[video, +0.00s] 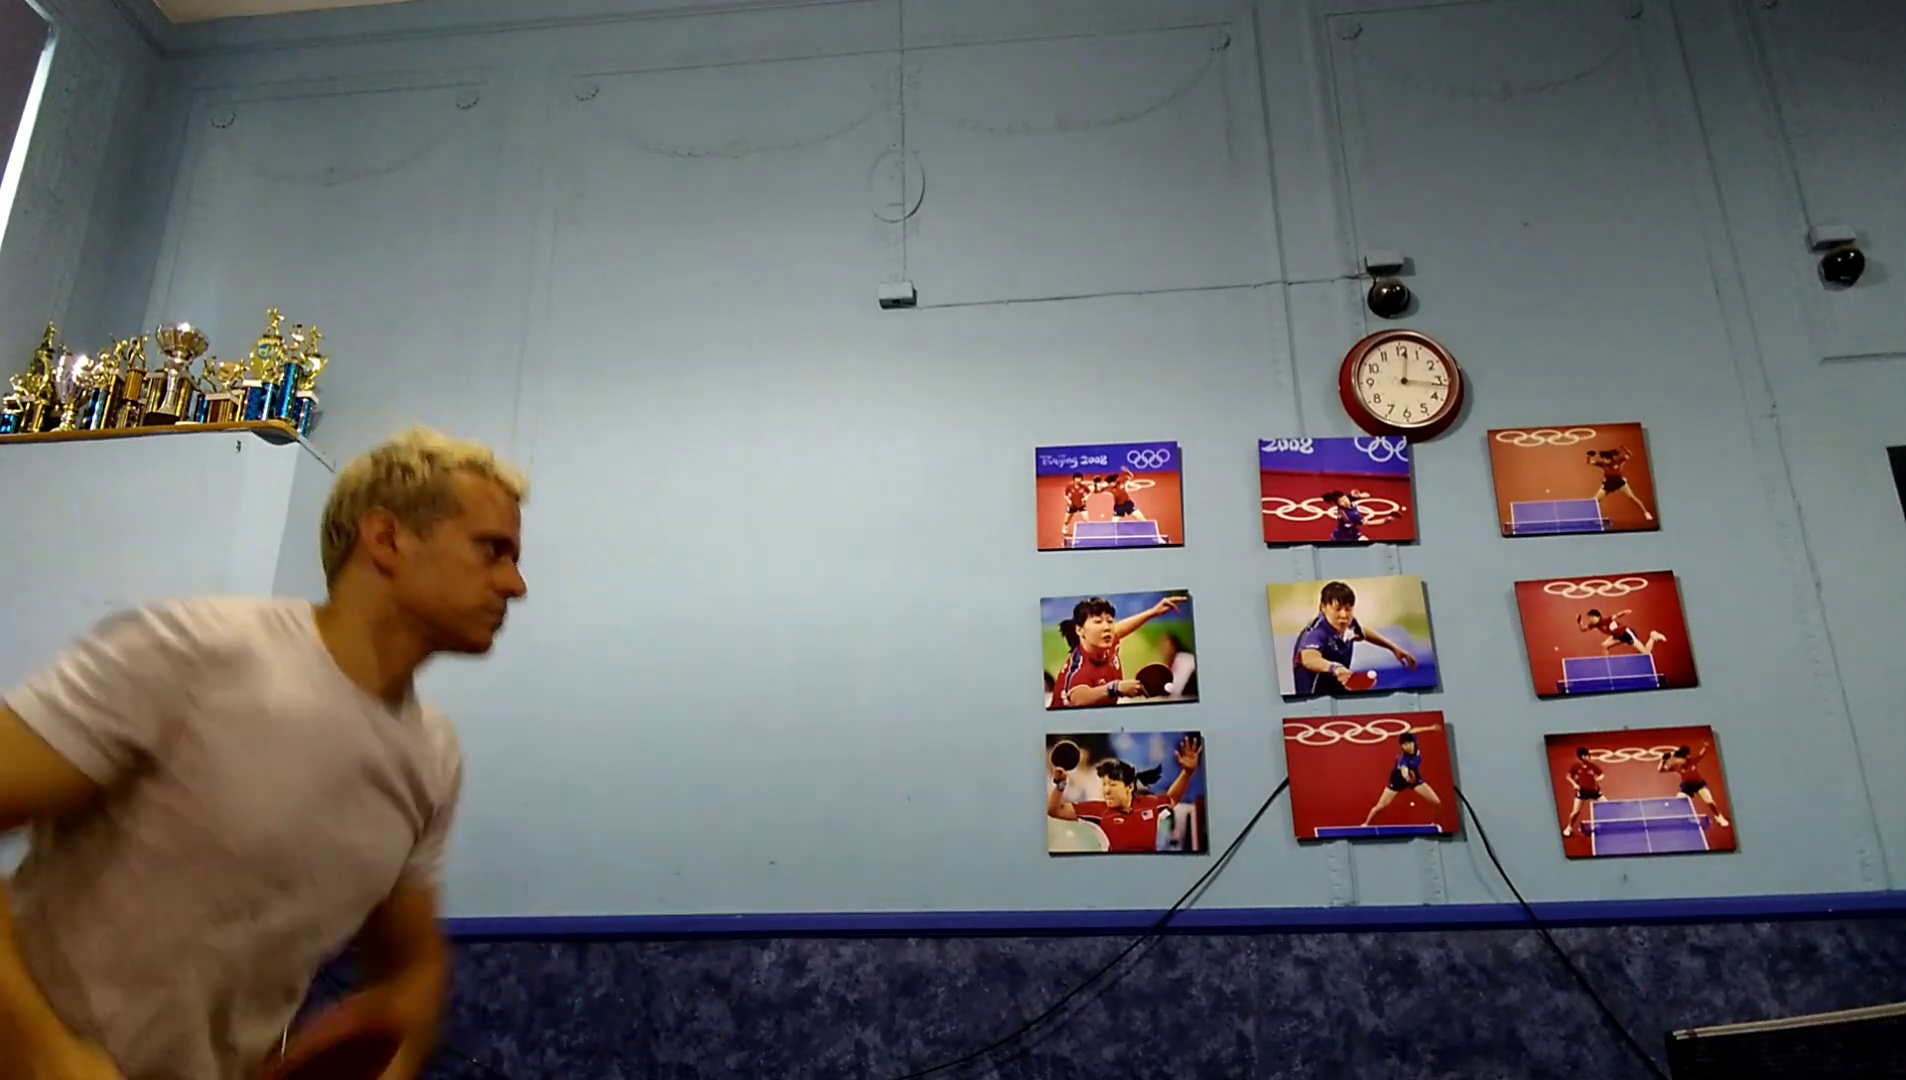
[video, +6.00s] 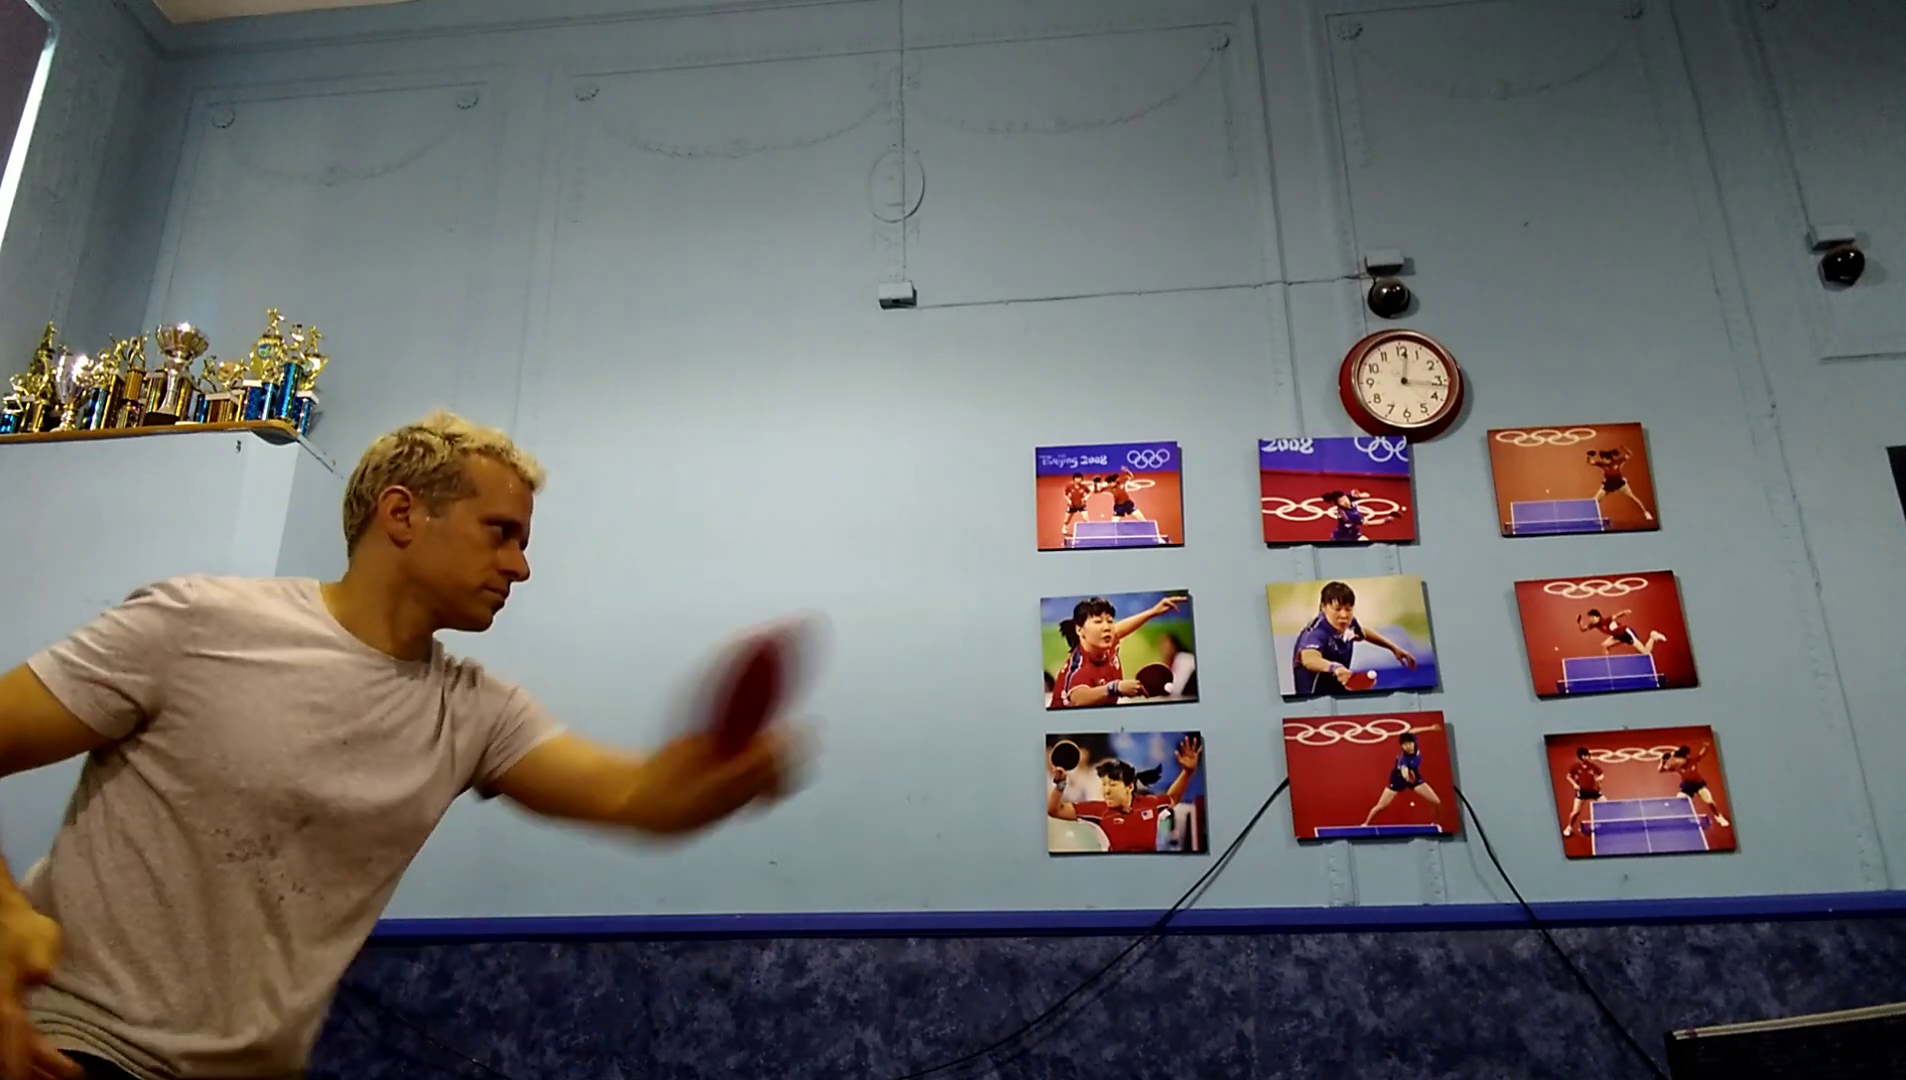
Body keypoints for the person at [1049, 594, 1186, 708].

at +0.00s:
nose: (1107, 628)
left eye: (1110, 622)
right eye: (1098, 622)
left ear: (1114, 626)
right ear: (1080, 630)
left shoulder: (1109, 644)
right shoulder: (1078, 666)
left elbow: (1119, 630)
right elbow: (1078, 699)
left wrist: (1154, 611)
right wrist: (1115, 687)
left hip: (1101, 725)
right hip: (1069, 730)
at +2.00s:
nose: (1107, 628)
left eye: (1109, 622)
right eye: (1098, 622)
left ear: (1114, 626)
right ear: (1080, 630)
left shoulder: (1109, 644)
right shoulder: (1079, 666)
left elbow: (1120, 630)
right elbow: (1078, 698)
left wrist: (1154, 611)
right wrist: (1115, 687)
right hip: (1069, 730)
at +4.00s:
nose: (1106, 628)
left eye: (1109, 622)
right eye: (1098, 622)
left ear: (1114, 626)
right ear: (1080, 630)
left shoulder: (1109, 645)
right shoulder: (1079, 666)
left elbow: (1118, 630)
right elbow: (1078, 698)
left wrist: (1154, 612)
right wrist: (1116, 687)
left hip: (1102, 723)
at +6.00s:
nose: (1107, 628)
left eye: (1109, 622)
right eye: (1098, 622)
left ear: (1114, 626)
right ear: (1080, 630)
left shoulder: (1109, 645)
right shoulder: (1079, 666)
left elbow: (1119, 630)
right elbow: (1078, 698)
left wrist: (1154, 612)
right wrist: (1115, 687)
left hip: (1102, 724)